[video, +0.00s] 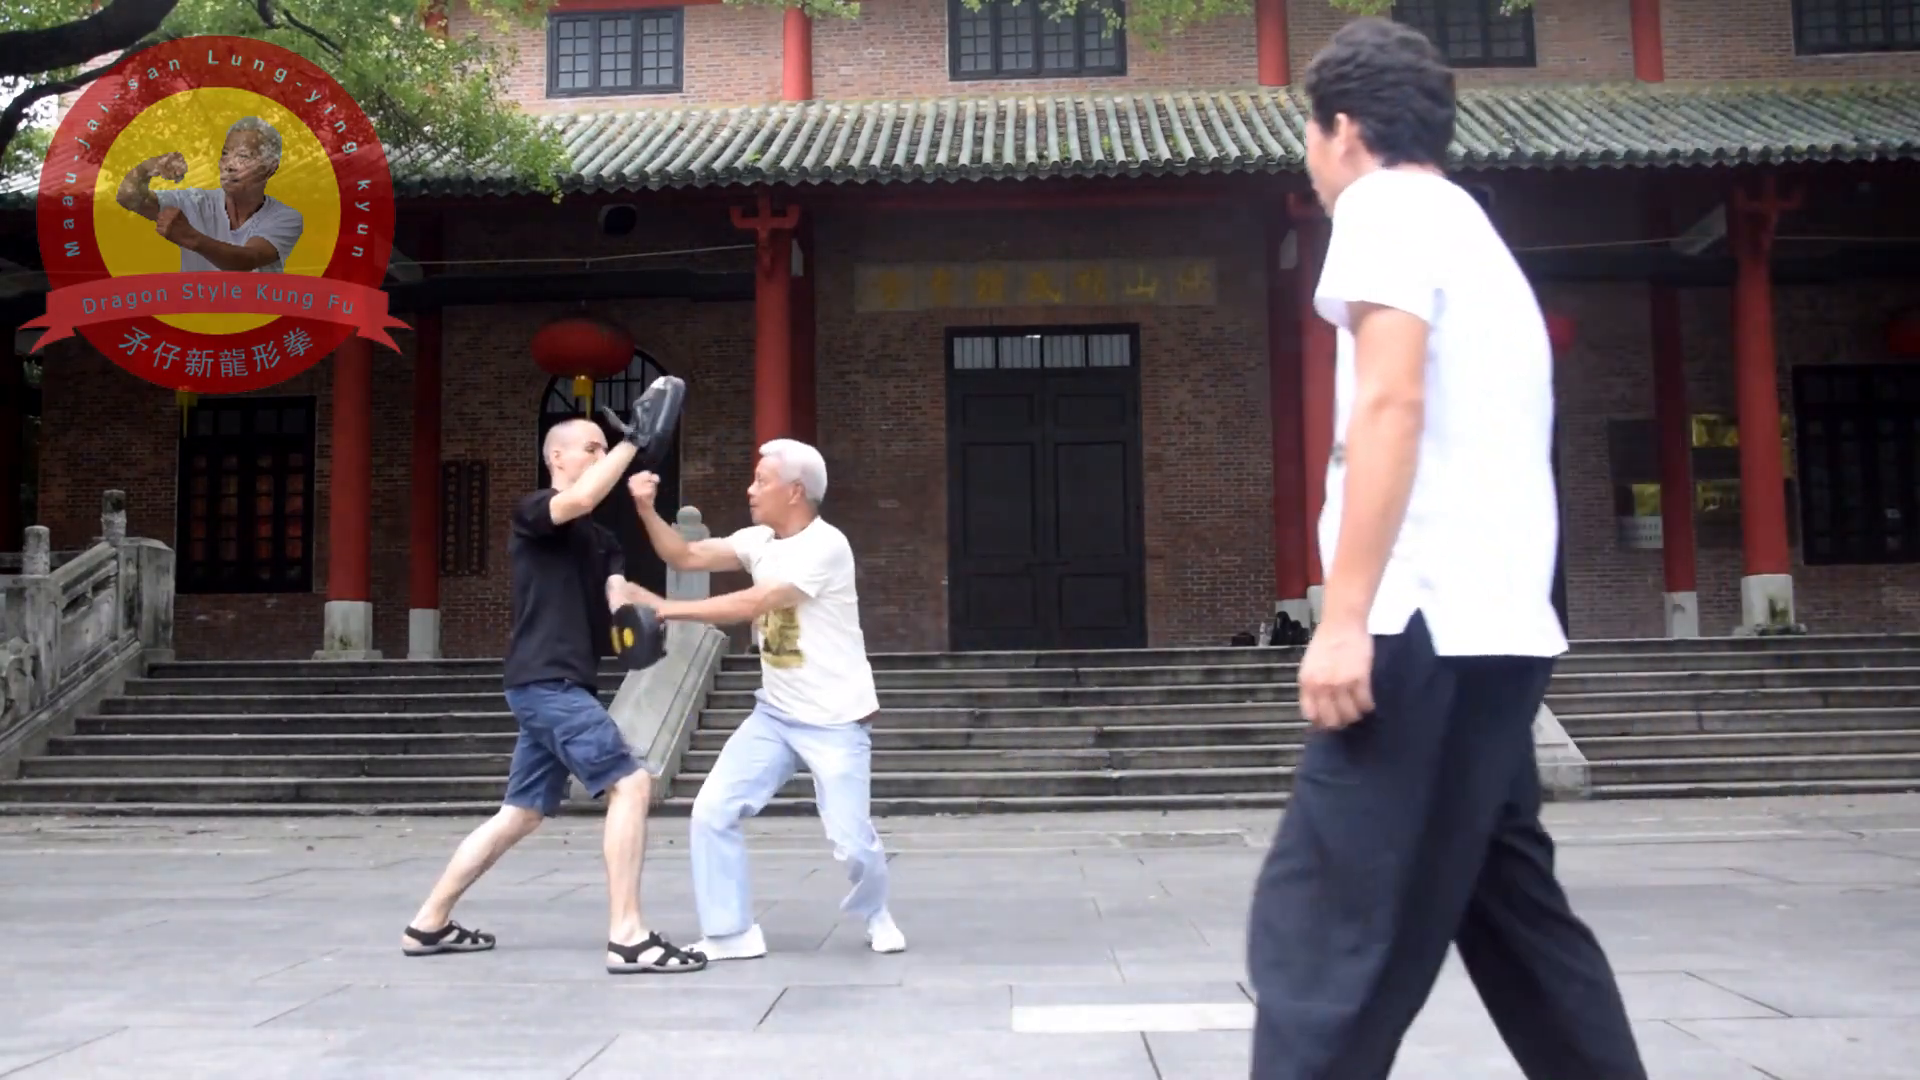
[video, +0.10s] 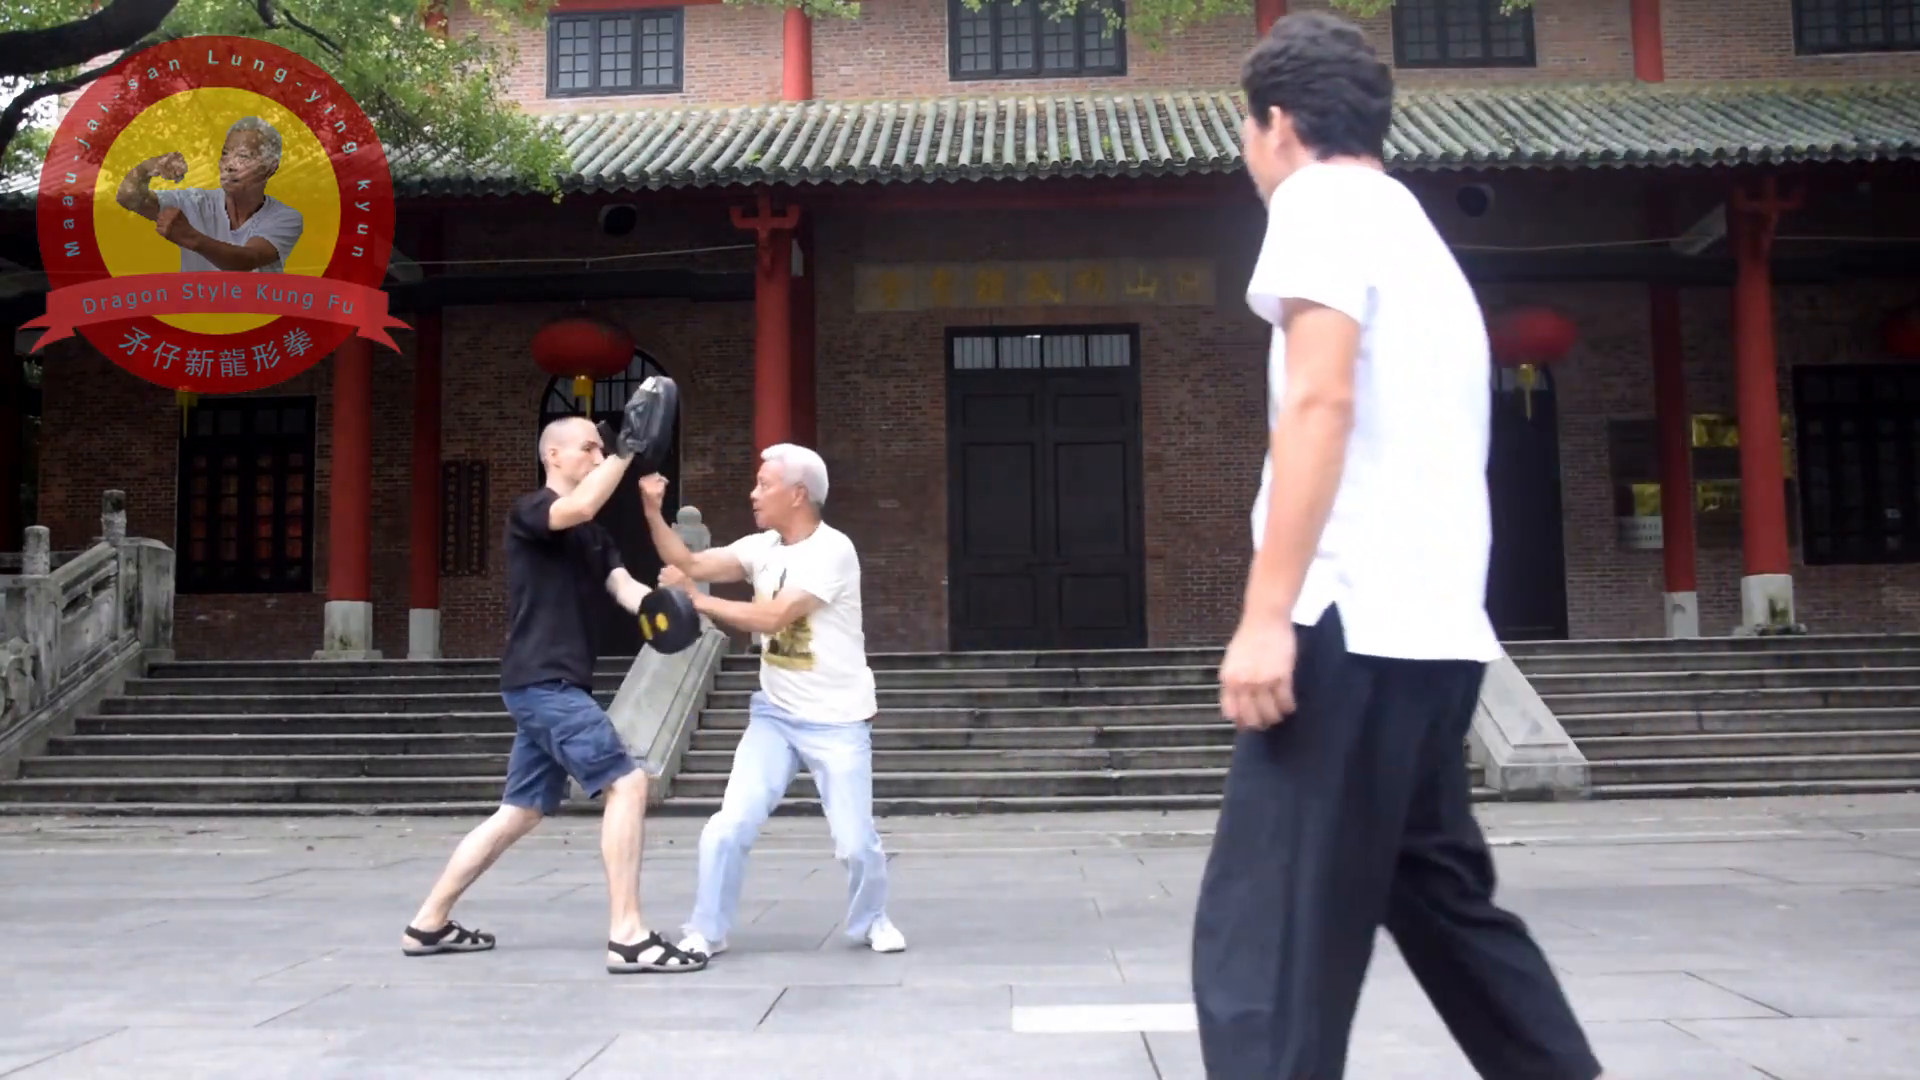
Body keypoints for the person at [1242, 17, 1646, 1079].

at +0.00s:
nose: (1312, 162)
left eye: (1313, 136)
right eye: (1311, 137)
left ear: (1346, 131)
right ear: (1423, 130)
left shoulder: (1389, 210)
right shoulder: (1470, 227)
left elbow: (1390, 403)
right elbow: (1473, 437)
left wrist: (1341, 617)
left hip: (1428, 633)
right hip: (1492, 635)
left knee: (1322, 938)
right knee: (1518, 923)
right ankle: (1608, 1078)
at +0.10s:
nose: (1247, 158)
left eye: (1247, 134)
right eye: (1244, 137)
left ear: (1281, 125)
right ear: (1366, 123)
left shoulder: (1321, 205)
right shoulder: (1414, 233)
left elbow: (1319, 404)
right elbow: (1429, 452)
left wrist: (1265, 616)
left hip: (1355, 630)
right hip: (1432, 637)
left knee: (1260, 936)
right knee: (1446, 909)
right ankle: (1565, 1075)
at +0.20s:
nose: (1192, 144)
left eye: (1192, 121)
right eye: (1191, 124)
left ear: (1224, 111)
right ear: (1311, 112)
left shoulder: (1255, 190)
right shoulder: (1363, 226)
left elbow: (1247, 385)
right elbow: (1369, 438)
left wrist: (1180, 595)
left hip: (1295, 619)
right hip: (1383, 626)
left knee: (1243, 931)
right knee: (1335, 891)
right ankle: (1495, 1062)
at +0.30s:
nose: (1141, 137)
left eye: (1142, 116)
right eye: (1139, 117)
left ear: (1172, 109)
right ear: (1264, 109)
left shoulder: (1197, 185)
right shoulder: (1323, 229)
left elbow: (1175, 379)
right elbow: (1355, 447)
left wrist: (1102, 588)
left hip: (1257, 623)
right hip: (1344, 624)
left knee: (1220, 922)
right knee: (1267, 889)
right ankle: (1389, 1059)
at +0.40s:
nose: (1098, 141)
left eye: (1097, 119)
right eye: (1096, 121)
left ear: (1124, 110)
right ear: (1218, 113)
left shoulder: (1145, 190)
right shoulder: (1279, 230)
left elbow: (1113, 381)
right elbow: (1323, 455)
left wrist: (1035, 591)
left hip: (1214, 619)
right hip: (1298, 619)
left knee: (1201, 905)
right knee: (1146, 857)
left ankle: (1231, 1064)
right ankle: (1223, 1049)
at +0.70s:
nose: (984, 170)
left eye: (985, 152)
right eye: (984, 153)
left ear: (1008, 150)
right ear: (1105, 157)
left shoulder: (1018, 221)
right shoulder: (1155, 275)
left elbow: (990, 411)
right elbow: (1211, 481)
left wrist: (931, 615)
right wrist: (1199, 652)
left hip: (1075, 642)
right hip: (1148, 645)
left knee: (1146, 948)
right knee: (1041, 945)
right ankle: (1006, 1076)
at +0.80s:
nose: (950, 175)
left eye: (953, 159)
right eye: (953, 159)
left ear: (975, 158)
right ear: (1070, 169)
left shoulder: (980, 223)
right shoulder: (1117, 290)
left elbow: (954, 413)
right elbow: (1162, 496)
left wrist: (902, 607)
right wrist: (1149, 658)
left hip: (1026, 642)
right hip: (1107, 649)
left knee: (1091, 941)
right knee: (1008, 952)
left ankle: (1186, 1069)